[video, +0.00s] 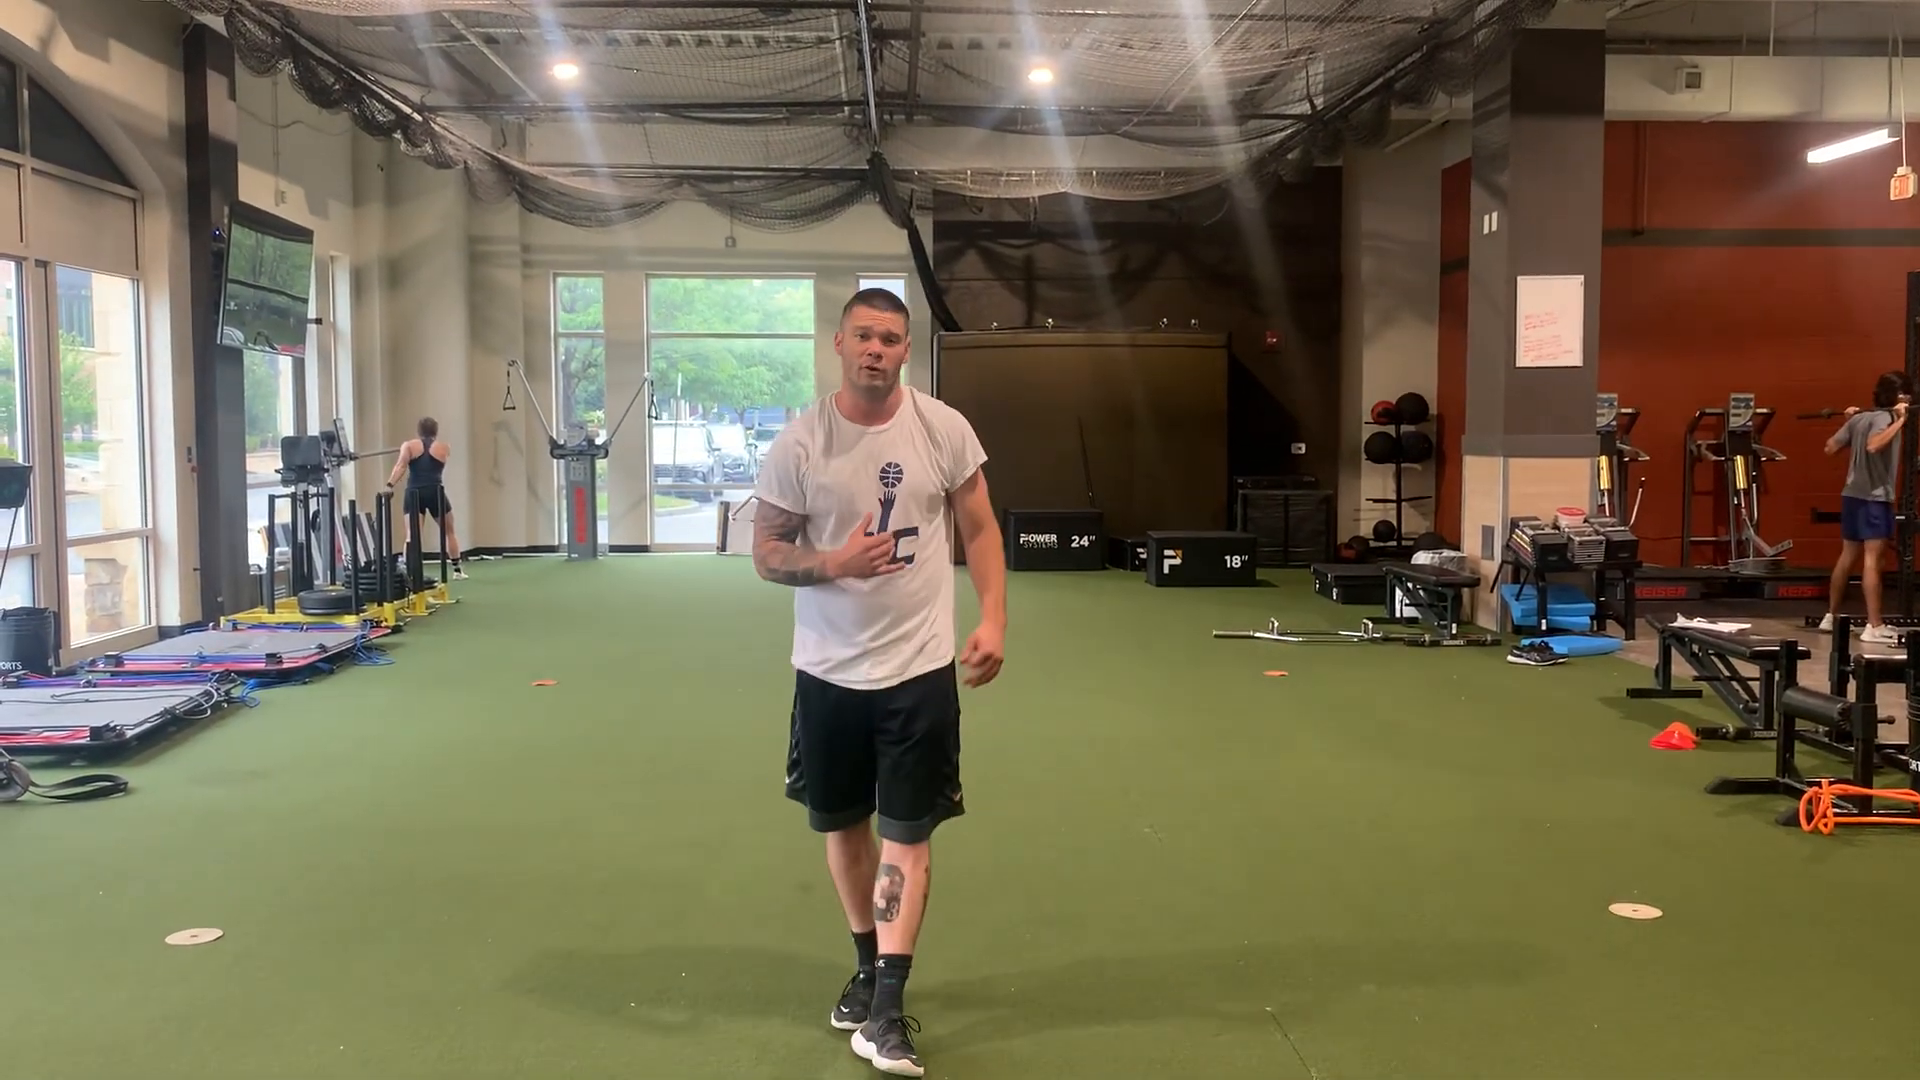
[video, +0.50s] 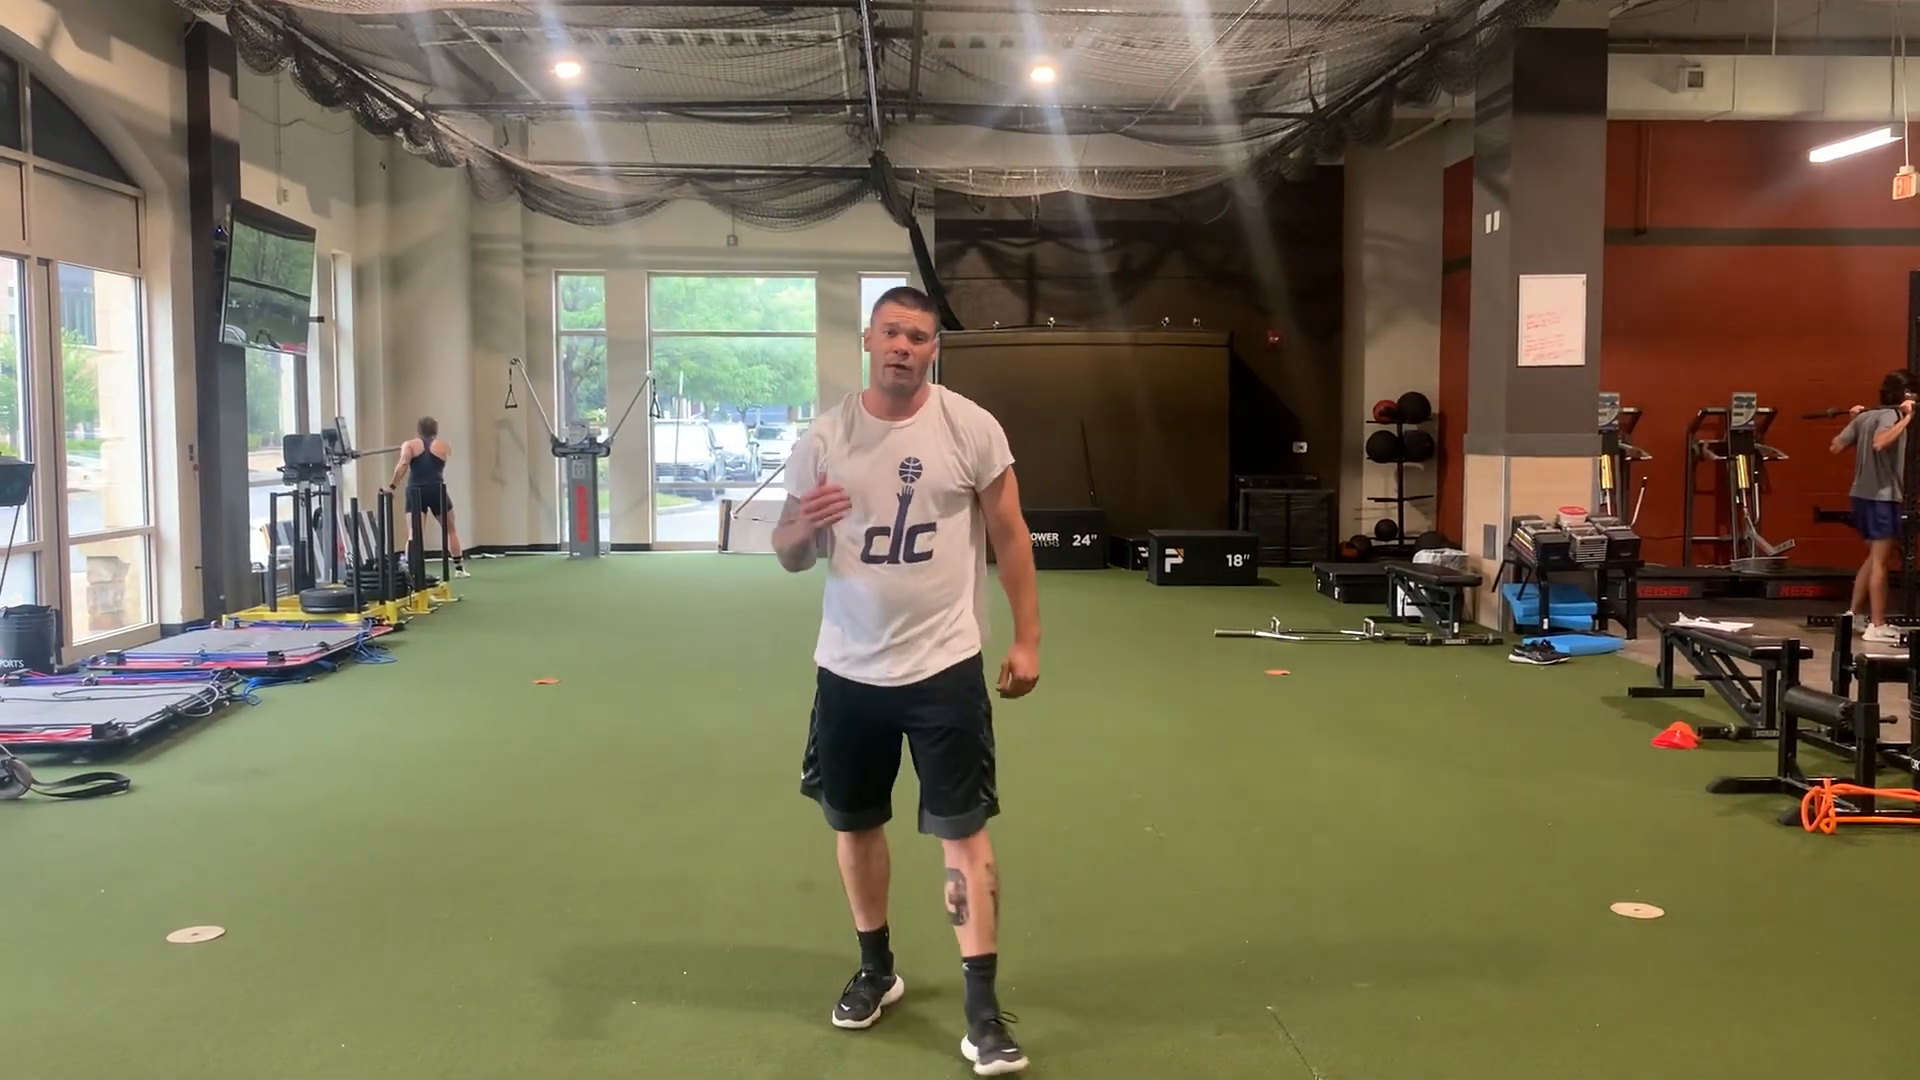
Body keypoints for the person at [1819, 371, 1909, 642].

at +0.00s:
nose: (1907, 400)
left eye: (1907, 396)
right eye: (1905, 396)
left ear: (1877, 395)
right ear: (1897, 397)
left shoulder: (1859, 419)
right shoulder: (1885, 419)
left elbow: (1830, 448)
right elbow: (1872, 445)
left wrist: (1848, 420)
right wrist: (1900, 420)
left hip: (1852, 496)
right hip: (1875, 498)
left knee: (1847, 555)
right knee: (1872, 561)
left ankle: (1831, 616)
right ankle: (1874, 625)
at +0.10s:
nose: (1909, 399)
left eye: (1910, 396)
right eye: (1908, 395)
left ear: (1880, 394)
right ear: (1900, 397)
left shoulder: (1861, 418)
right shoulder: (1888, 418)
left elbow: (1833, 447)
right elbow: (1875, 444)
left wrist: (1850, 419)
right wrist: (1902, 420)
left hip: (1855, 496)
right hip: (1878, 499)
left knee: (1852, 556)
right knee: (1873, 561)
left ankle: (1833, 615)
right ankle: (1875, 626)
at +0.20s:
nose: (1912, 399)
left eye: (1912, 395)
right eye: (1911, 394)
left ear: (1883, 394)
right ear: (1903, 396)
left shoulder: (1864, 418)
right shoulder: (1890, 417)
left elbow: (1835, 447)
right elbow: (1877, 444)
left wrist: (1852, 418)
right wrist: (1905, 419)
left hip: (1858, 496)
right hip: (1880, 499)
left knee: (1857, 555)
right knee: (1875, 561)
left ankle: (1837, 613)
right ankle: (1876, 625)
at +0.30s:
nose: (1913, 398)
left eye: (1913, 394)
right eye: (1912, 394)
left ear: (1884, 393)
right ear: (1904, 395)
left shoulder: (1864, 418)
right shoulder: (1891, 417)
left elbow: (1836, 447)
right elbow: (1879, 443)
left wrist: (1853, 418)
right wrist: (1906, 419)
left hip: (1860, 496)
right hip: (1881, 499)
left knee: (1863, 555)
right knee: (1877, 562)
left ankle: (1841, 610)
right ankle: (1876, 625)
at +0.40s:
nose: (1913, 397)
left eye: (1913, 393)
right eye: (1912, 393)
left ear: (1884, 393)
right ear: (1904, 395)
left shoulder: (1865, 417)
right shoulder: (1892, 417)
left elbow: (1836, 446)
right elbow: (1879, 443)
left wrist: (1853, 418)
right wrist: (1907, 418)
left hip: (1862, 496)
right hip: (1882, 498)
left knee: (1869, 555)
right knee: (1878, 561)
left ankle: (1844, 609)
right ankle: (1876, 625)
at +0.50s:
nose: (1913, 397)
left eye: (1913, 393)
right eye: (1911, 394)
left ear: (1883, 393)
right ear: (1903, 396)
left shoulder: (1864, 417)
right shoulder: (1891, 417)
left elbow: (1836, 446)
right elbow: (1879, 443)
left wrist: (1853, 418)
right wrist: (1906, 418)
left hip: (1862, 496)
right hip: (1882, 498)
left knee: (1873, 557)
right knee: (1879, 562)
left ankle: (1852, 614)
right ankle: (1877, 625)